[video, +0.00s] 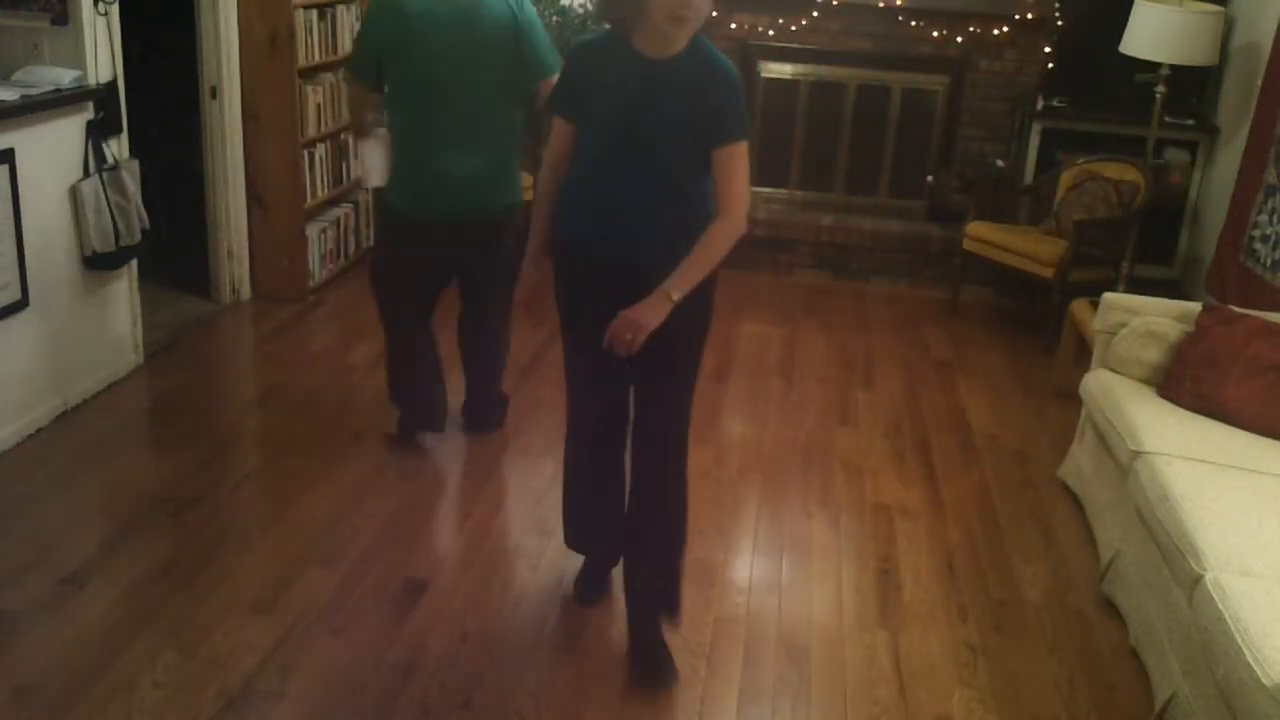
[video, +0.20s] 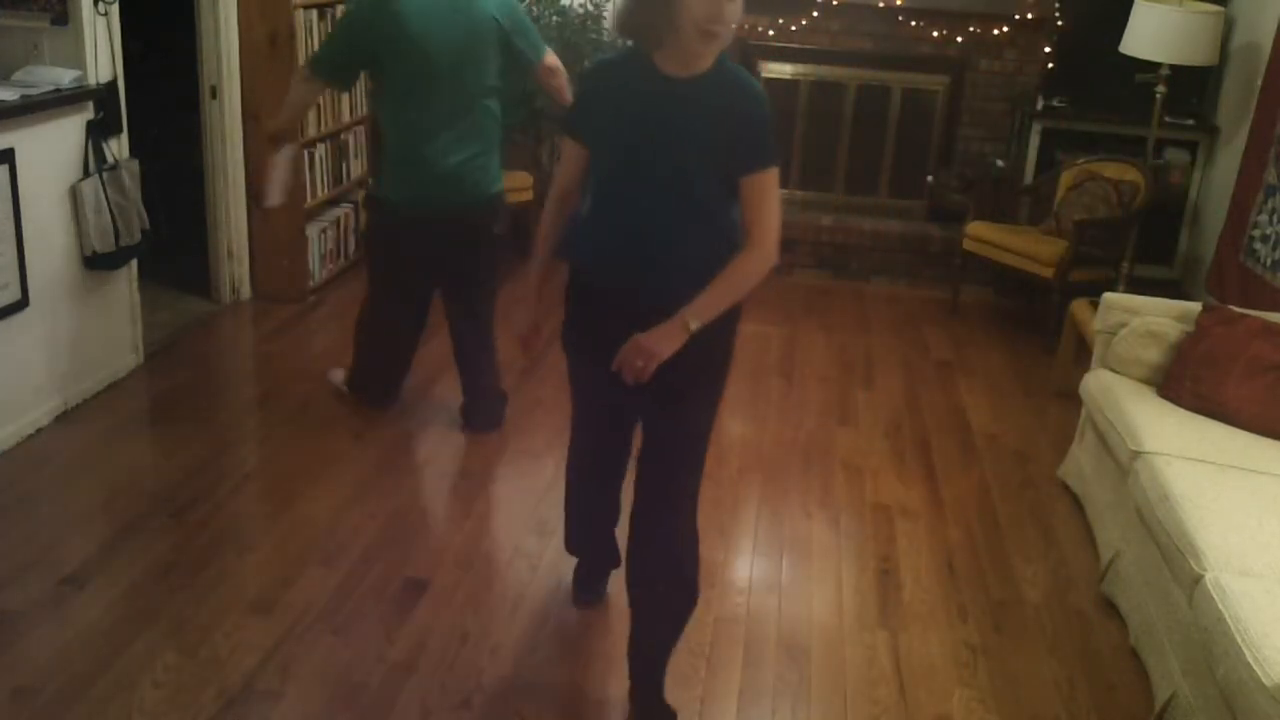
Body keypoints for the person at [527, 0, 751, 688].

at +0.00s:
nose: (693, 4)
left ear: (708, 7)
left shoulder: (716, 81)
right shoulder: (590, 60)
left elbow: (734, 217)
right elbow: (553, 165)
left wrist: (661, 300)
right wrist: (536, 252)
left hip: (676, 283)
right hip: (587, 271)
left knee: (661, 438)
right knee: (594, 422)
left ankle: (650, 611)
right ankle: (598, 547)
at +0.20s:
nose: (730, 11)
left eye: (736, 2)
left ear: (740, 14)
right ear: (670, 3)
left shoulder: (742, 99)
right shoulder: (608, 79)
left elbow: (763, 247)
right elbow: (563, 195)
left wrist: (676, 328)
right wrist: (536, 290)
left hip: (699, 317)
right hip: (601, 304)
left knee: (669, 495)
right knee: (595, 448)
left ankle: (649, 682)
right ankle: (593, 556)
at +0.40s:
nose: (767, 15)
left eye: (775, 3)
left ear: (783, 15)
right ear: (702, 4)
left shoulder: (779, 109)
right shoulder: (634, 86)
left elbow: (803, 264)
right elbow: (588, 215)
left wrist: (710, 353)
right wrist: (564, 330)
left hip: (733, 344)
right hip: (626, 330)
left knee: (693, 538)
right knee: (614, 512)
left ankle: (653, 700)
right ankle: (583, 598)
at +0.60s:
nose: (819, 23)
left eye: (826, 9)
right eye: (803, 3)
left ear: (823, 22)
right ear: (750, 5)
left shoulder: (817, 122)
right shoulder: (665, 100)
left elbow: (852, 280)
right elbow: (607, 233)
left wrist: (801, 387)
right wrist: (577, 349)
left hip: (755, 365)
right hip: (653, 351)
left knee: (703, 574)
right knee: (659, 563)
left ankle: (667, 709)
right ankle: (654, 703)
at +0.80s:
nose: (884, 47)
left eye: (889, 31)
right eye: (873, 26)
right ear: (819, 23)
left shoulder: (863, 149)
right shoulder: (709, 132)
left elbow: (910, 293)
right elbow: (631, 271)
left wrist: (948, 412)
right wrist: (585, 393)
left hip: (807, 395)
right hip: (699, 386)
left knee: (744, 572)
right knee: (738, 590)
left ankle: (665, 694)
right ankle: (757, 711)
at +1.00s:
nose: (973, 49)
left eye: (976, 32)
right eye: (965, 27)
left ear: (921, 38)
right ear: (913, 29)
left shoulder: (907, 146)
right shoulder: (794, 141)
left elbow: (949, 312)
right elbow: (694, 307)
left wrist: (1034, 437)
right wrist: (665, 467)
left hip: (859, 430)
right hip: (771, 428)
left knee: (869, 637)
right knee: (795, 665)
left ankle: (718, 709)